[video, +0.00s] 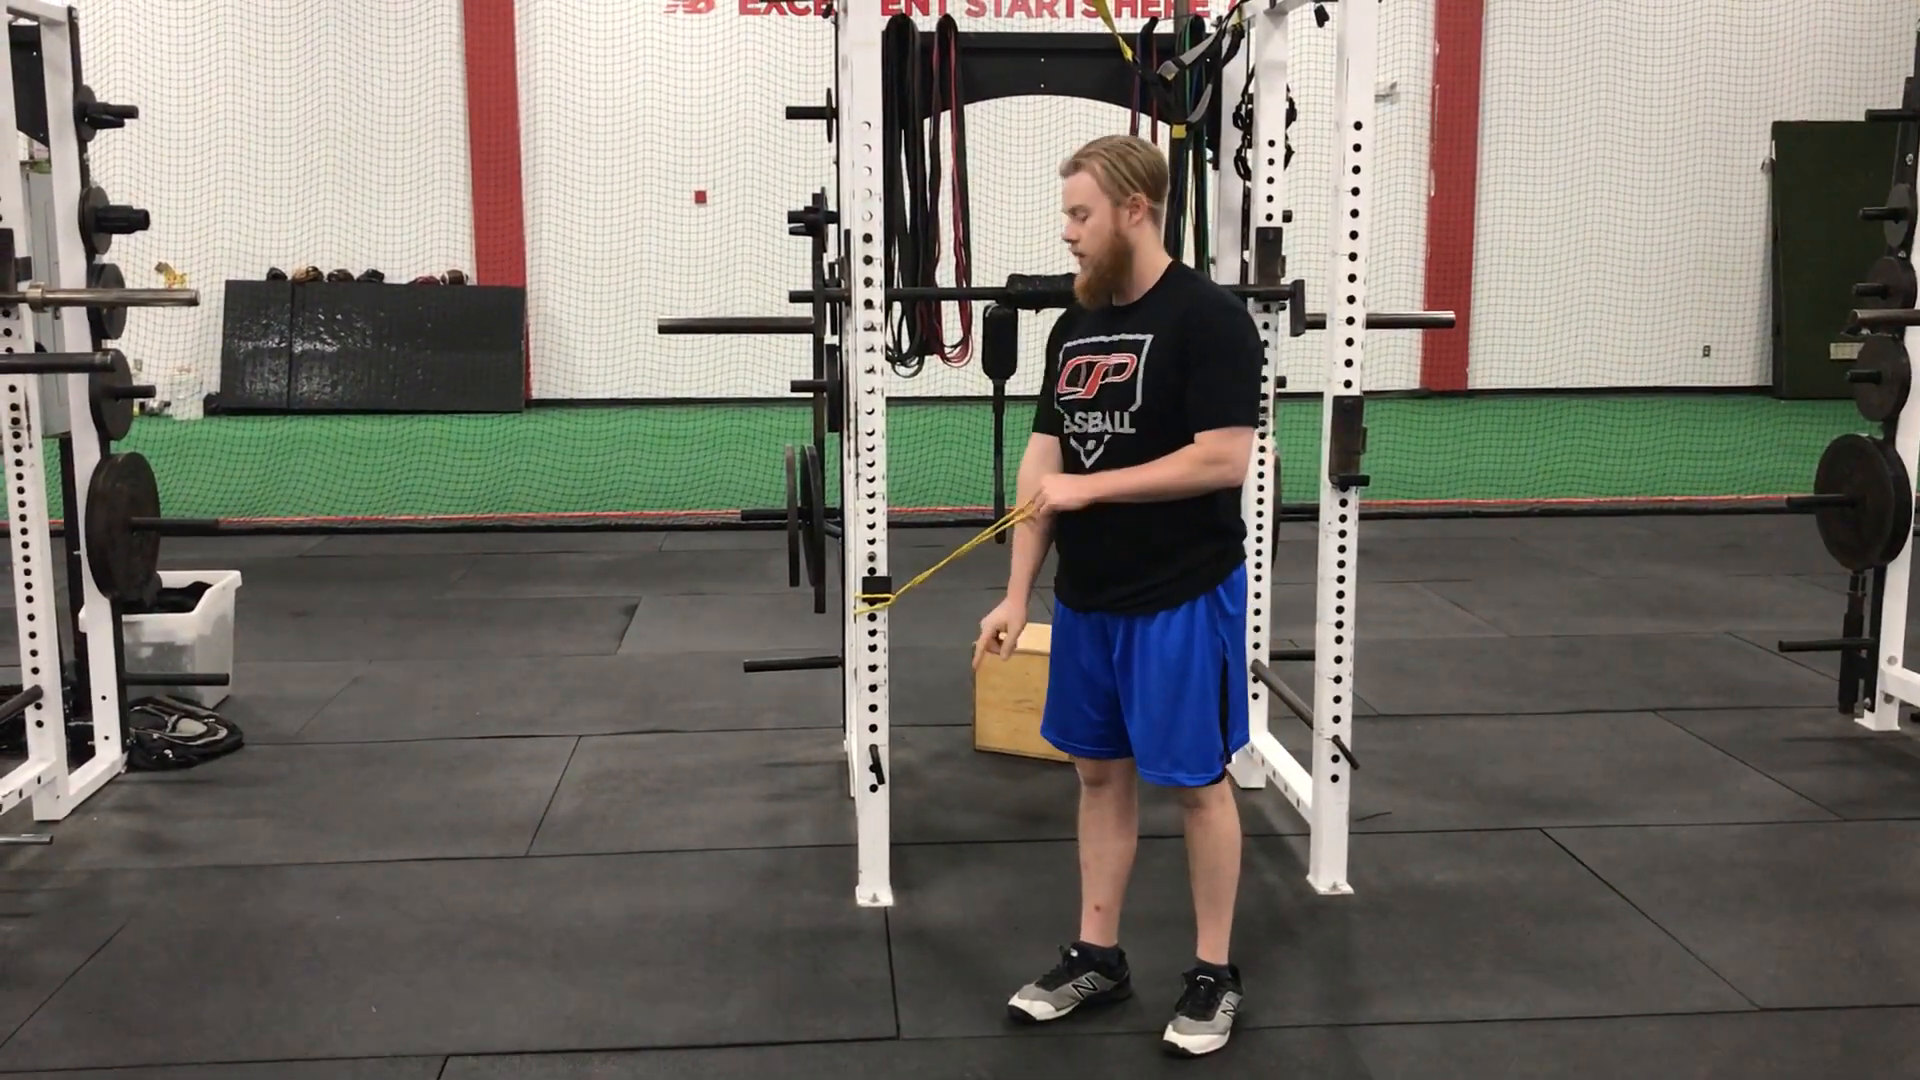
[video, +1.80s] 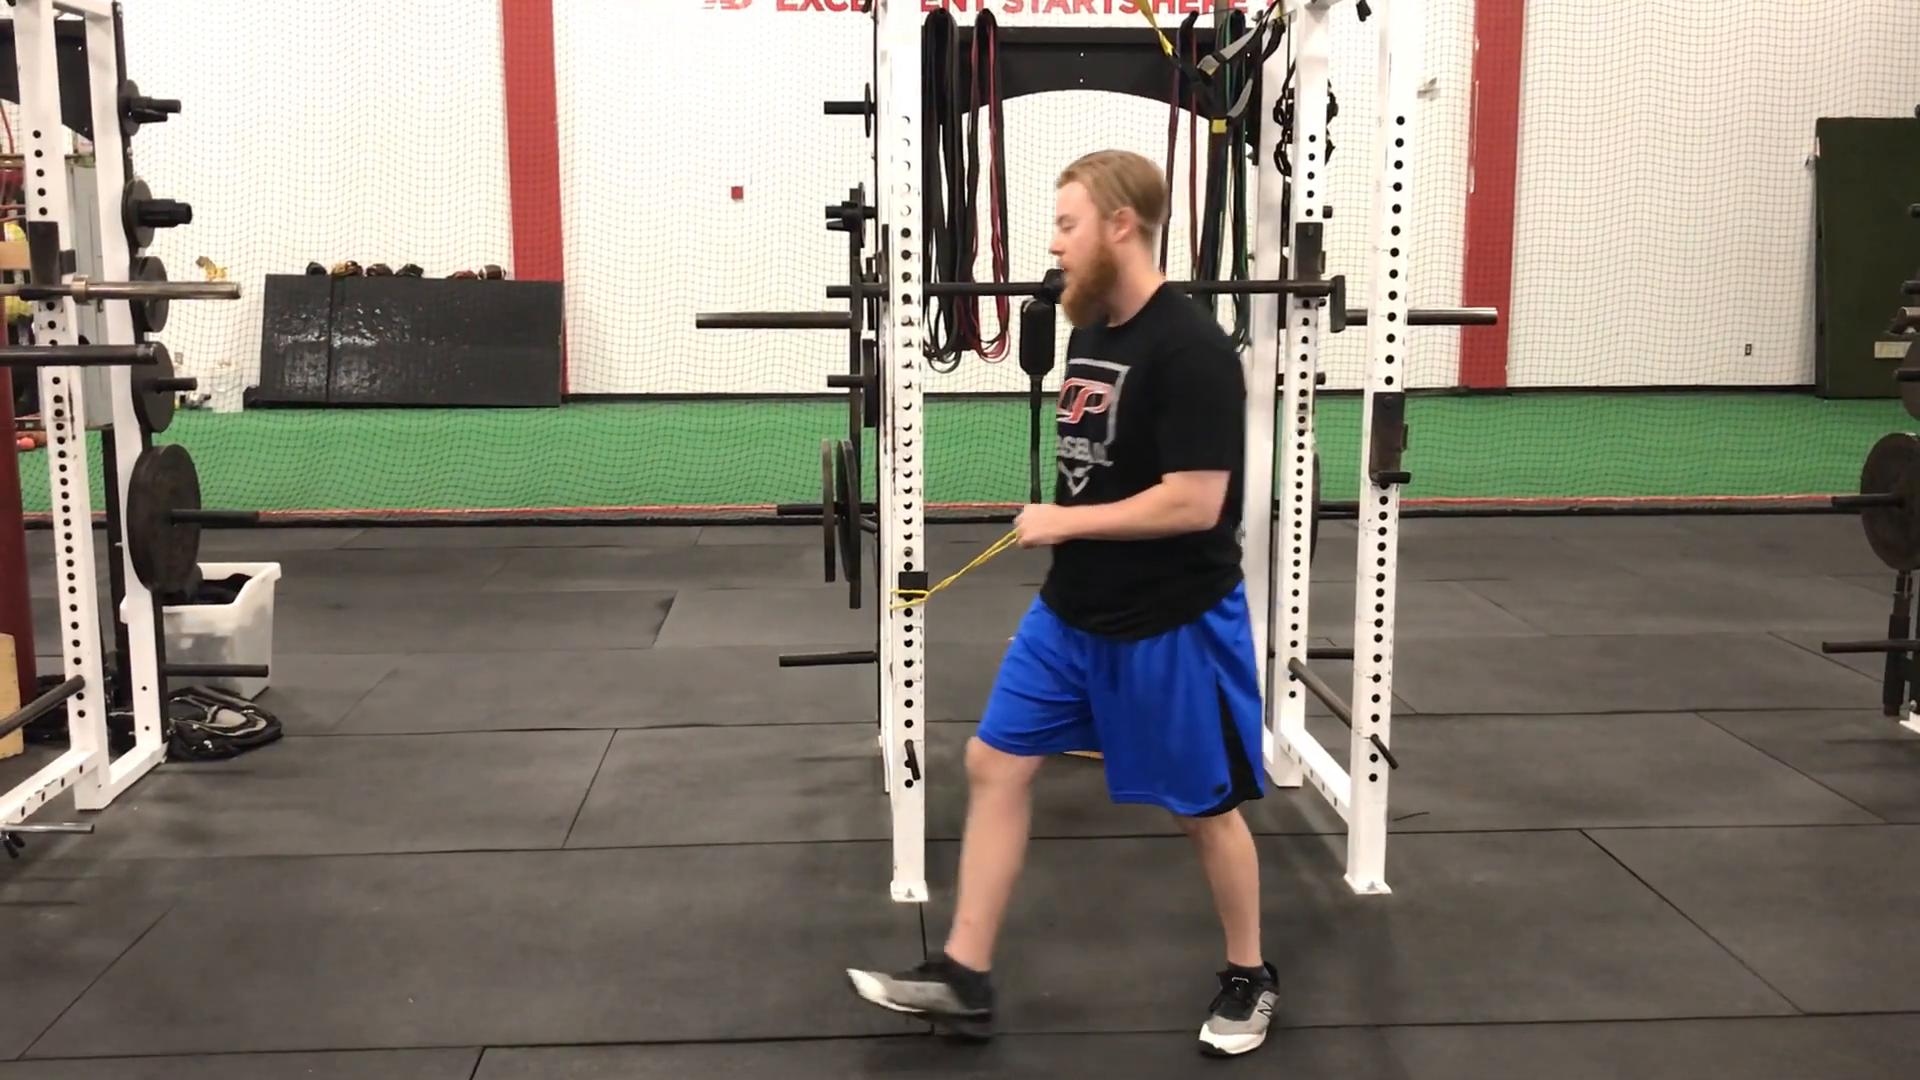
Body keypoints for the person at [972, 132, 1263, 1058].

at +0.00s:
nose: (1066, 233)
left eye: (1079, 215)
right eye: (1064, 215)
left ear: (1136, 213)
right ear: (1115, 216)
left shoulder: (1210, 318)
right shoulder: (1078, 328)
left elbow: (1228, 459)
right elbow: (1045, 460)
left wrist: (1088, 486)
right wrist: (1018, 591)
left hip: (1185, 598)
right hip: (1089, 597)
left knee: (1198, 781)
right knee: (1099, 772)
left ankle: (1211, 974)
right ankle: (1097, 957)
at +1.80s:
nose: (1054, 244)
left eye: (1066, 224)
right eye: (1054, 226)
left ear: (1124, 228)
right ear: (1114, 230)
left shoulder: (1190, 344)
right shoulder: (1092, 333)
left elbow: (1198, 498)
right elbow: (1111, 468)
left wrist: (1067, 521)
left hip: (1171, 623)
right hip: (1072, 610)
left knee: (1205, 807)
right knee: (997, 761)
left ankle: (1248, 974)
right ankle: (964, 975)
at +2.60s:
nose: (751, 214)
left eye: (760, 199)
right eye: (758, 197)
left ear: (784, 215)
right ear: (850, 228)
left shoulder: (753, 327)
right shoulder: (891, 347)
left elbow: (725, 486)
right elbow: (915, 501)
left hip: (795, 625)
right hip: (888, 624)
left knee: (732, 850)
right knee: (859, 814)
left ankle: (749, 1073)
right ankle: (902, 994)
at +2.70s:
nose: (725, 221)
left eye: (731, 207)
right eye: (733, 206)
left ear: (746, 222)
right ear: (824, 240)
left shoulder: (705, 332)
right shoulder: (859, 355)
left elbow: (665, 495)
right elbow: (894, 521)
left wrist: (743, 465)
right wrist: (882, 636)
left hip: (741, 647)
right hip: (845, 645)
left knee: (700, 871)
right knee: (831, 809)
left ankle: (745, 1074)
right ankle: (894, 996)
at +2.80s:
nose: (689, 233)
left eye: (695, 220)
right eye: (699, 219)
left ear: (705, 231)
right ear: (787, 250)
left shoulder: (658, 338)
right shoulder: (830, 371)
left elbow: (612, 504)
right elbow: (871, 528)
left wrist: (690, 477)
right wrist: (883, 652)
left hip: (701, 651)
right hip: (805, 652)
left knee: (673, 880)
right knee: (786, 823)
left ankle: (738, 1075)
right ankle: (843, 993)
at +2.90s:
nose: (658, 246)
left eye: (661, 234)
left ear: (665, 241)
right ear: (757, 258)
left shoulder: (610, 345)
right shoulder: (799, 376)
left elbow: (566, 509)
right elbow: (843, 535)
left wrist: (645, 485)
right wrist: (858, 665)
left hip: (670, 654)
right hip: (776, 655)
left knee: (665, 904)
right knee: (714, 832)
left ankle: (736, 1074)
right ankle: (717, 1010)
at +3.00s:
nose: (628, 256)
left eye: (631, 245)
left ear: (633, 251)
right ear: (725, 273)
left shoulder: (568, 350)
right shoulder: (769, 388)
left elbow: (529, 516)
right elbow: (811, 551)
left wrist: (615, 500)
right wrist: (825, 688)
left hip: (636, 659)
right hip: (751, 662)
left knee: (649, 915)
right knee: (641, 828)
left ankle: (734, 1076)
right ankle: (598, 1017)